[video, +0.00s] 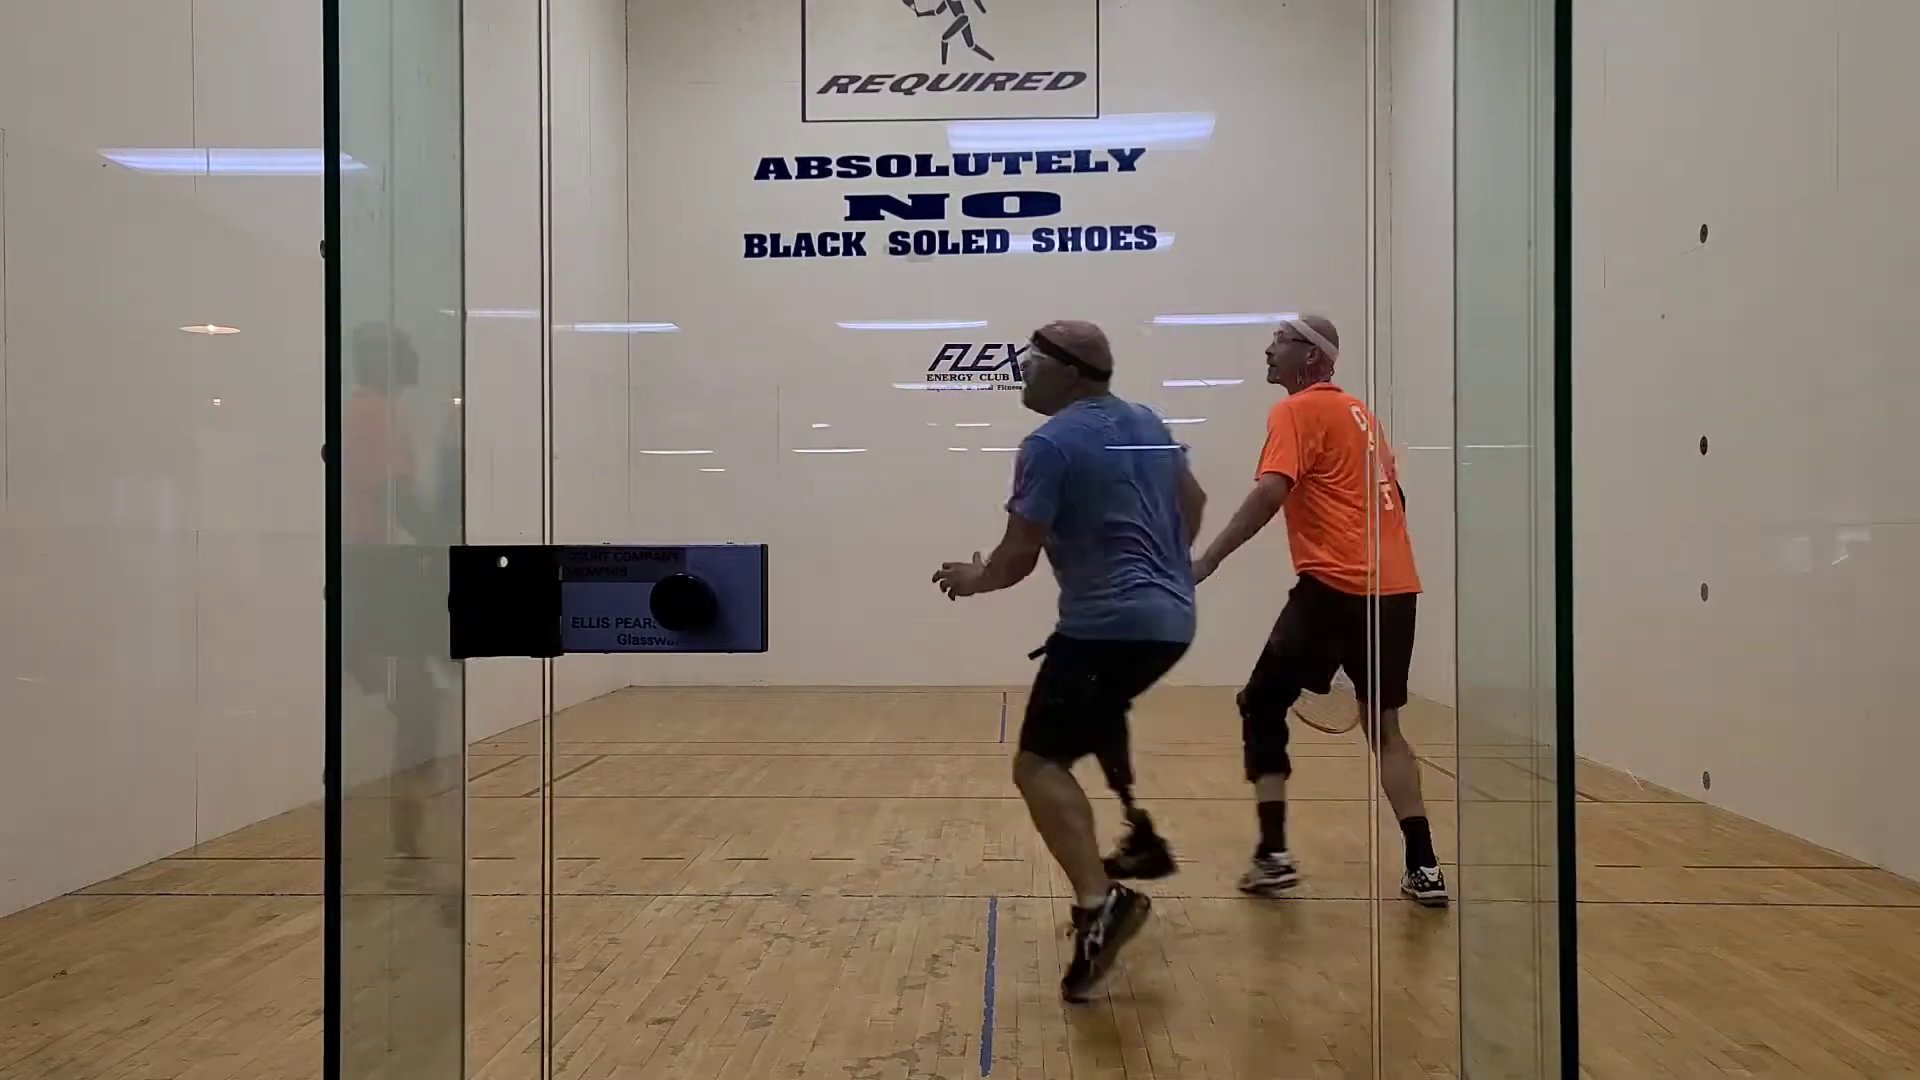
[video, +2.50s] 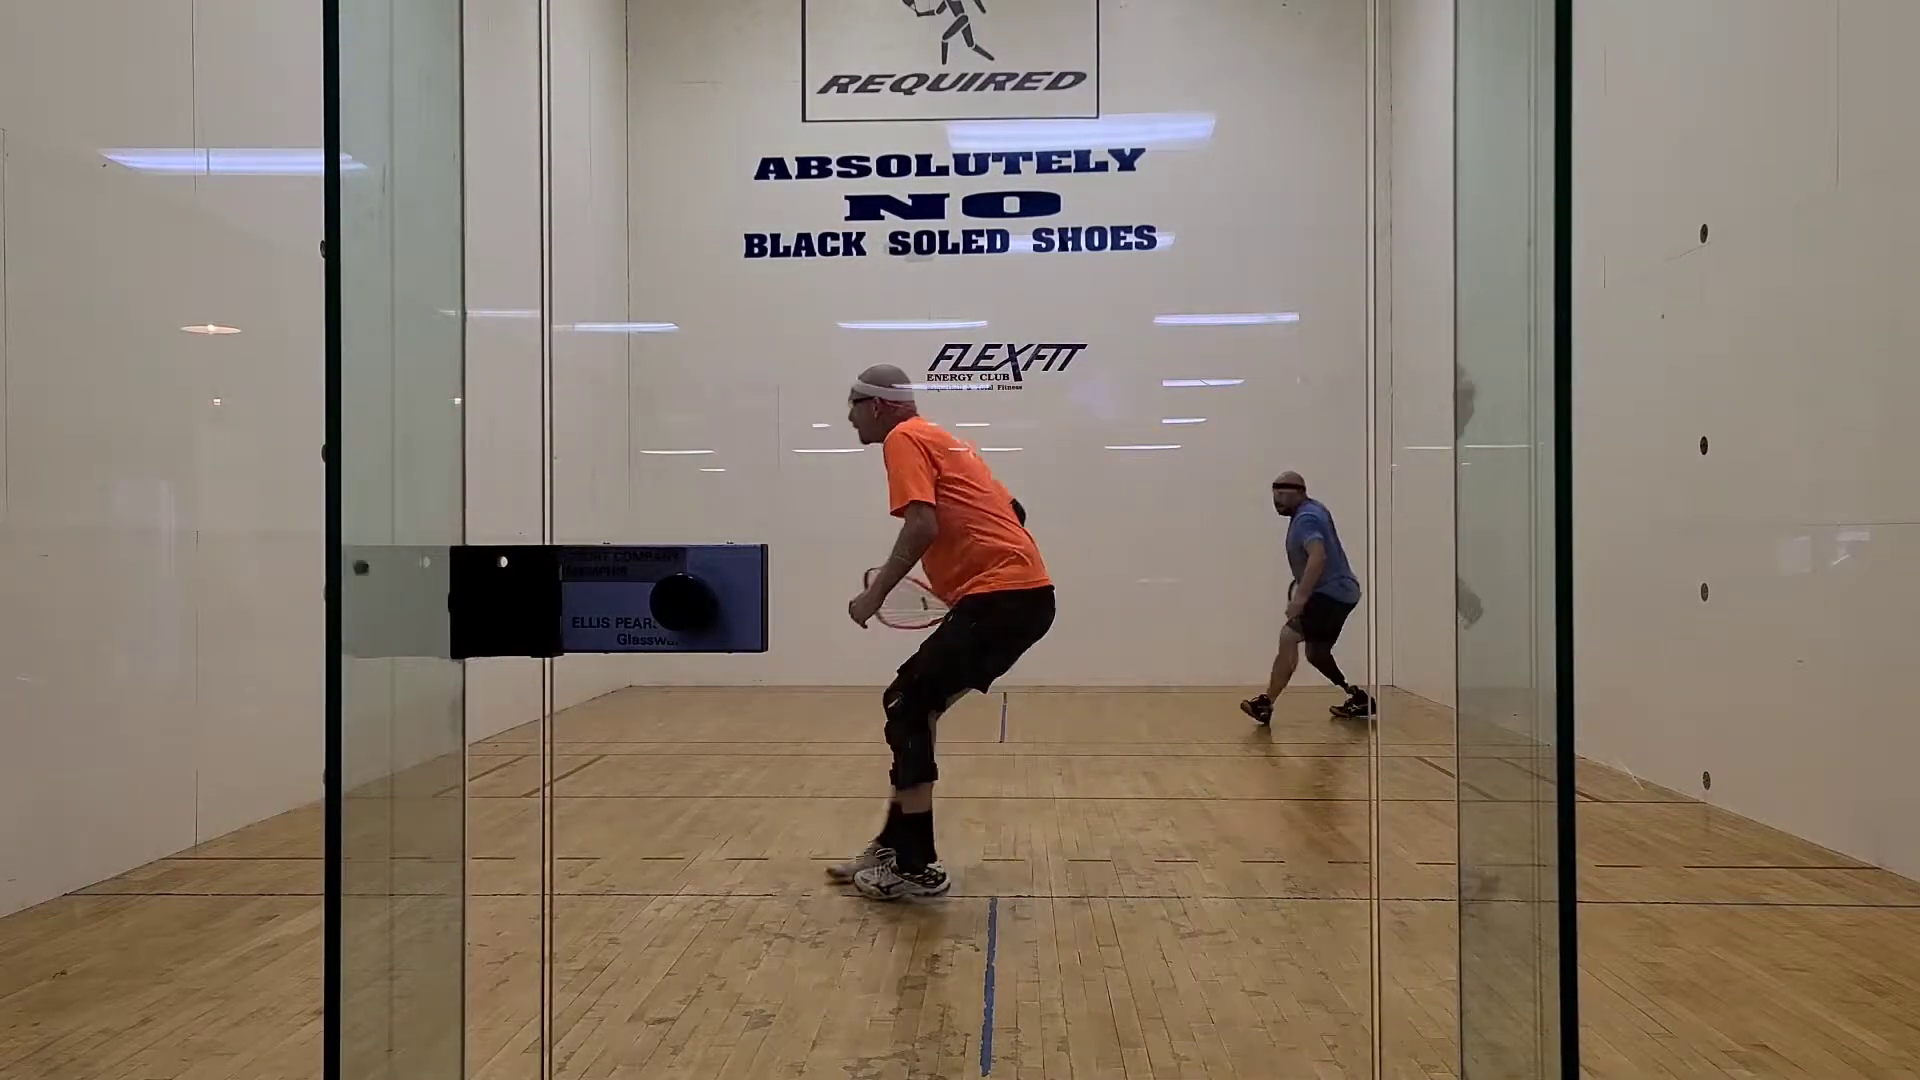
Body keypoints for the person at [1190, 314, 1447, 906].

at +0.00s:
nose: (1268, 353)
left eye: (1278, 343)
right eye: (1272, 343)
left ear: (1314, 356)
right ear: (1323, 360)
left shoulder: (1295, 409)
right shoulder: (1364, 414)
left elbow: (1270, 492)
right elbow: (1393, 498)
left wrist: (1206, 558)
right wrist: (1366, 562)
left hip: (1330, 588)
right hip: (1395, 592)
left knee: (1262, 704)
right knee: (1384, 722)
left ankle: (1272, 853)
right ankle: (1423, 865)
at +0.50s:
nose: (1411, 385)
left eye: (1422, 377)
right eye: (1412, 377)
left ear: (1453, 384)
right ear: (1448, 388)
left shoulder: (1456, 434)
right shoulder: (1472, 437)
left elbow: (1478, 523)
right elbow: (1482, 540)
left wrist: (1430, 594)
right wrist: (1431, 608)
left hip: (1481, 618)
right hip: (1522, 620)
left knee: (1374, 713)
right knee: (1536, 740)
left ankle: (1332, 862)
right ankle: (1633, 859)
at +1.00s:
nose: (1320, 387)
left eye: (1328, 377)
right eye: (1322, 377)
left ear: (1358, 380)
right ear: (1373, 383)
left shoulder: (1368, 427)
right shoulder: (1410, 432)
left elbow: (1351, 510)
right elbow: (1459, 515)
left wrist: (1294, 574)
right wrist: (1464, 587)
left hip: (1430, 605)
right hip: (1478, 605)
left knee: (1358, 721)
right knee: (1505, 727)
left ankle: (1409, 875)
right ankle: (1613, 844)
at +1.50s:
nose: (1164, 389)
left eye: (1165, 380)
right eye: (1168, 379)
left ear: (1171, 380)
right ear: (1214, 379)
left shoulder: (1173, 425)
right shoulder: (1255, 430)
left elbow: (1154, 512)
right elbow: (1300, 505)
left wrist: (1159, 561)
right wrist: (1324, 579)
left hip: (1247, 596)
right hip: (1281, 590)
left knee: (1291, 739)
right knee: (1188, 701)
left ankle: (1394, 856)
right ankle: (1139, 836)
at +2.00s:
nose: (1042, 390)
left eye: (1042, 382)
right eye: (1048, 382)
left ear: (1044, 381)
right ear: (1088, 385)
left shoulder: (1039, 412)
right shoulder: (1123, 436)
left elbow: (1017, 474)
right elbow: (1152, 521)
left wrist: (992, 554)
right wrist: (1071, 561)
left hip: (1073, 578)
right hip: (1135, 586)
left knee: (1002, 701)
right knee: (1093, 694)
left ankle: (981, 849)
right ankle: (1120, 836)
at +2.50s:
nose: (852, 422)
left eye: (855, 411)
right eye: (852, 412)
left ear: (880, 407)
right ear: (900, 407)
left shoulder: (904, 438)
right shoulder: (945, 441)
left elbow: (922, 523)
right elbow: (1010, 510)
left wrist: (876, 592)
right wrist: (952, 581)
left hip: (1002, 595)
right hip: (1021, 594)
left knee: (906, 704)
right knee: (910, 703)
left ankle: (918, 864)